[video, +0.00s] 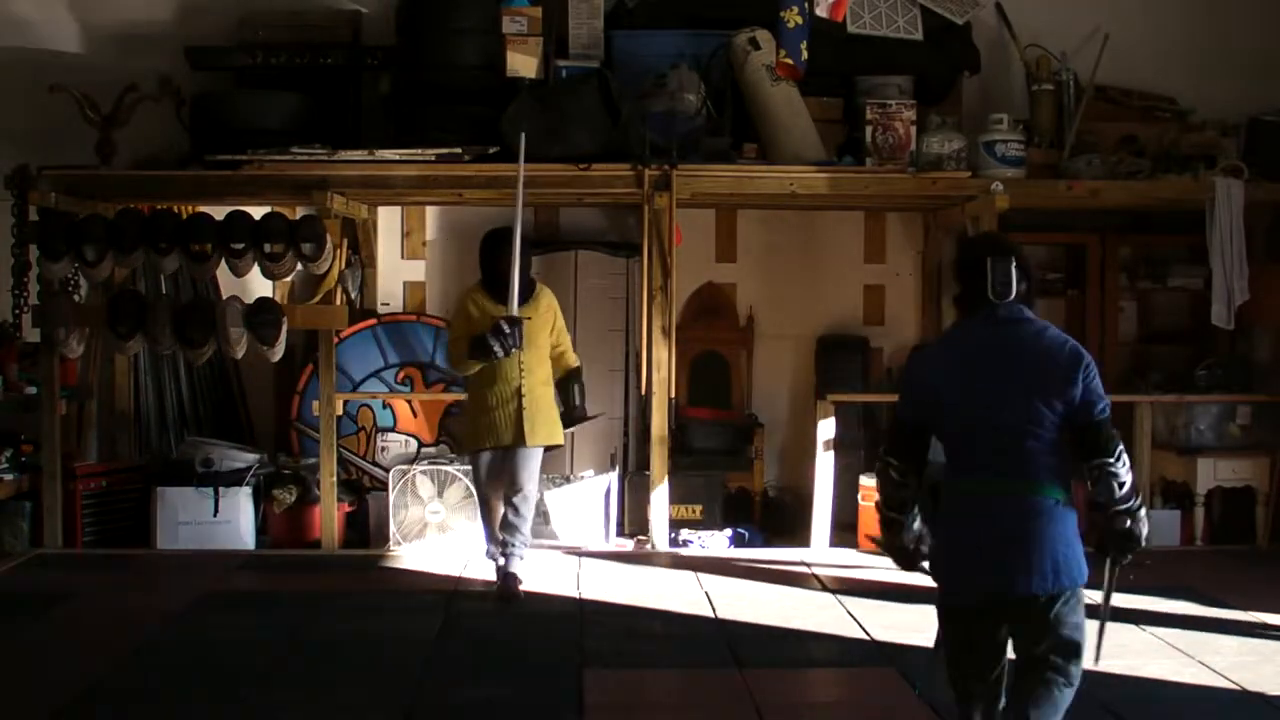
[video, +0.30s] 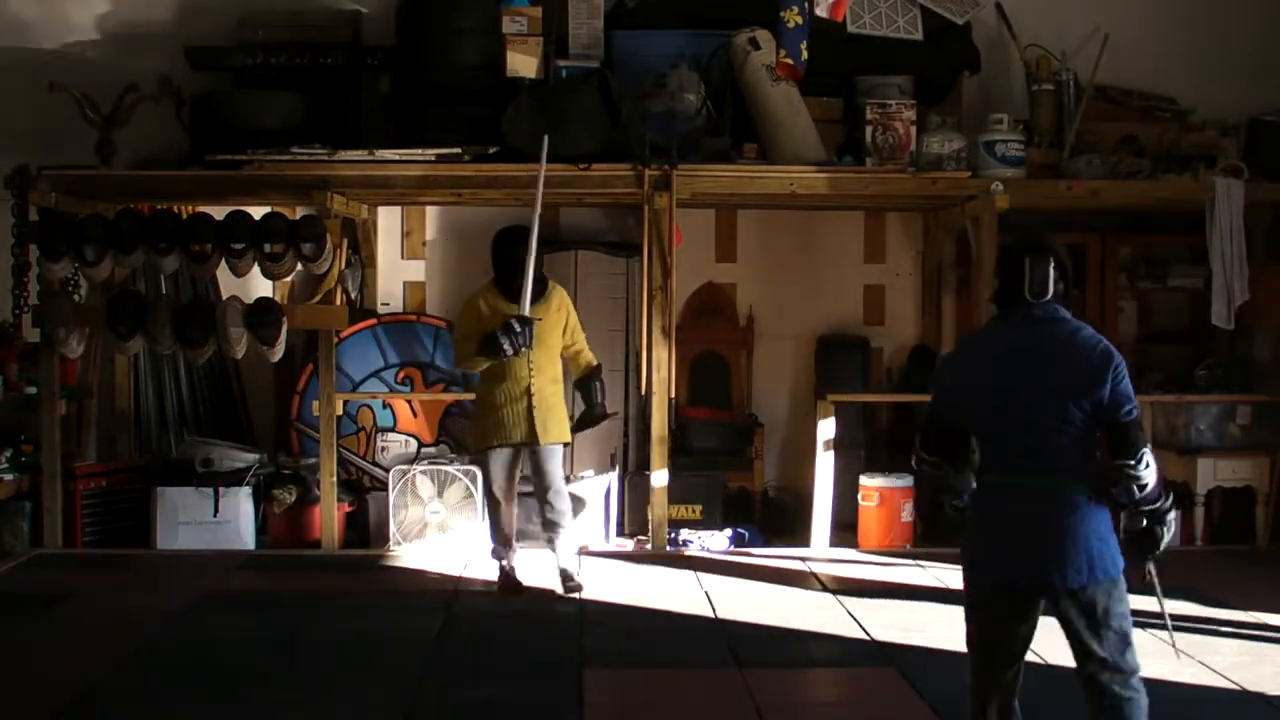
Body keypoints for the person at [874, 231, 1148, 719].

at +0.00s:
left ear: (961, 288)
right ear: (1025, 286)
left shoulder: (933, 359)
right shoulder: (1066, 356)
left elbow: (901, 460)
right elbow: (1105, 457)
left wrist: (902, 528)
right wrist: (1123, 519)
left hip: (963, 539)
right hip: (1041, 538)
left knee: (974, 675)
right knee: (1053, 663)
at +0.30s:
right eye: (1051, 280)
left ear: (1000, 285)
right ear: (1060, 285)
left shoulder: (968, 356)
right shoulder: (1096, 354)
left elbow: (939, 455)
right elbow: (1132, 464)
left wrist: (962, 500)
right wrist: (1152, 513)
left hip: (996, 533)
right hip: (1076, 536)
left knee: (993, 686)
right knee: (1116, 682)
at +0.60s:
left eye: (1062, 290)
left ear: (1070, 293)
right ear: (1128, 291)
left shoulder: (1045, 355)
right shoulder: (1170, 358)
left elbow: (1005, 448)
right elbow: (1202, 458)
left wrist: (1006, 513)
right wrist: (1216, 522)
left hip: (1068, 529)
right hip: (1150, 532)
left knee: (1042, 660)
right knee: (1157, 670)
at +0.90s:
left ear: (1117, 289)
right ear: (1172, 288)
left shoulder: (1088, 352)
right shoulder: (1207, 355)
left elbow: (1044, 439)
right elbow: (1242, 444)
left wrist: (1052, 494)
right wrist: (1250, 494)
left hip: (1101, 519)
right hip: (1179, 521)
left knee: (1101, 658)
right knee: (1172, 659)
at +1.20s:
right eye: (1173, 283)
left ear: (1122, 289)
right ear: (1178, 288)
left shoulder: (1095, 352)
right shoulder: (1212, 352)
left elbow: (1055, 443)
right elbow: (1254, 446)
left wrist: (1059, 499)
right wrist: (1262, 448)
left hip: (1116, 515)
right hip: (1190, 518)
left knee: (1120, 648)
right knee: (1180, 651)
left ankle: (1122, 715)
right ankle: (1168, 718)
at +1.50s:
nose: (1125, 299)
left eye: (1128, 291)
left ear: (1132, 293)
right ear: (1186, 290)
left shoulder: (1115, 353)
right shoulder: (1224, 347)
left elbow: (1081, 440)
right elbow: (1267, 434)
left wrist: (1080, 500)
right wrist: (1251, 447)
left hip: (1142, 515)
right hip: (1218, 514)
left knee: (1132, 648)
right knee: (1240, 640)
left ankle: (1130, 718)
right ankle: (1247, 715)